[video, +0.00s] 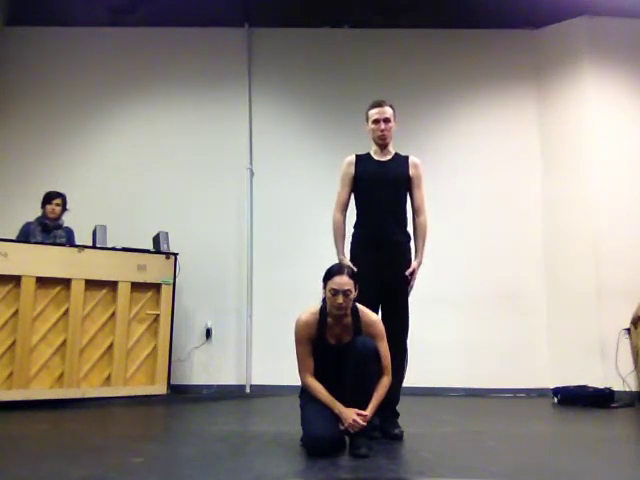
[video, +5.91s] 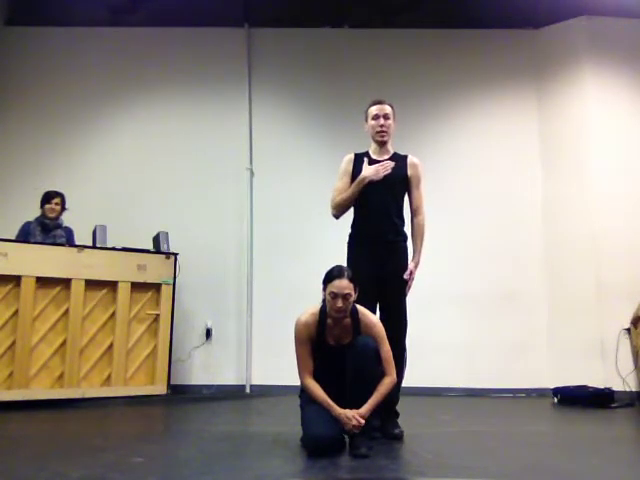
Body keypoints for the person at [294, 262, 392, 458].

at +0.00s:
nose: (340, 301)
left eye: (347, 294)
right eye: (334, 293)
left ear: (355, 293)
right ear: (324, 292)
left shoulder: (371, 322)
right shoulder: (307, 323)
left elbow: (386, 374)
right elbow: (307, 377)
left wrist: (366, 415)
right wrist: (342, 411)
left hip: (356, 392)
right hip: (321, 393)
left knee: (365, 346)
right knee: (322, 445)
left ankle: (360, 432)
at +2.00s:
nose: (339, 302)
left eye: (346, 295)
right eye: (333, 294)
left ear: (354, 294)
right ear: (323, 292)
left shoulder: (371, 323)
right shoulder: (306, 324)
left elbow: (386, 375)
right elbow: (306, 378)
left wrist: (366, 413)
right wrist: (341, 411)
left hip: (355, 392)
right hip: (320, 393)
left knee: (365, 347)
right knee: (321, 445)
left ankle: (359, 432)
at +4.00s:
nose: (340, 303)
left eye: (346, 296)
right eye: (334, 296)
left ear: (355, 295)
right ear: (324, 293)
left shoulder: (370, 323)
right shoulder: (307, 324)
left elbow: (393, 375)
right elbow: (306, 379)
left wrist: (368, 408)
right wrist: (338, 412)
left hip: (356, 394)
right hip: (321, 395)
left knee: (365, 347)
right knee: (321, 445)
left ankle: (360, 434)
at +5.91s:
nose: (339, 304)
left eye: (346, 297)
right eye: (333, 296)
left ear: (355, 295)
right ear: (324, 293)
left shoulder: (370, 323)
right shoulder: (306, 324)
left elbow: (391, 377)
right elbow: (306, 378)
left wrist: (362, 413)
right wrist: (338, 413)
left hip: (356, 392)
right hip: (321, 394)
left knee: (365, 346)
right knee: (321, 444)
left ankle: (360, 433)